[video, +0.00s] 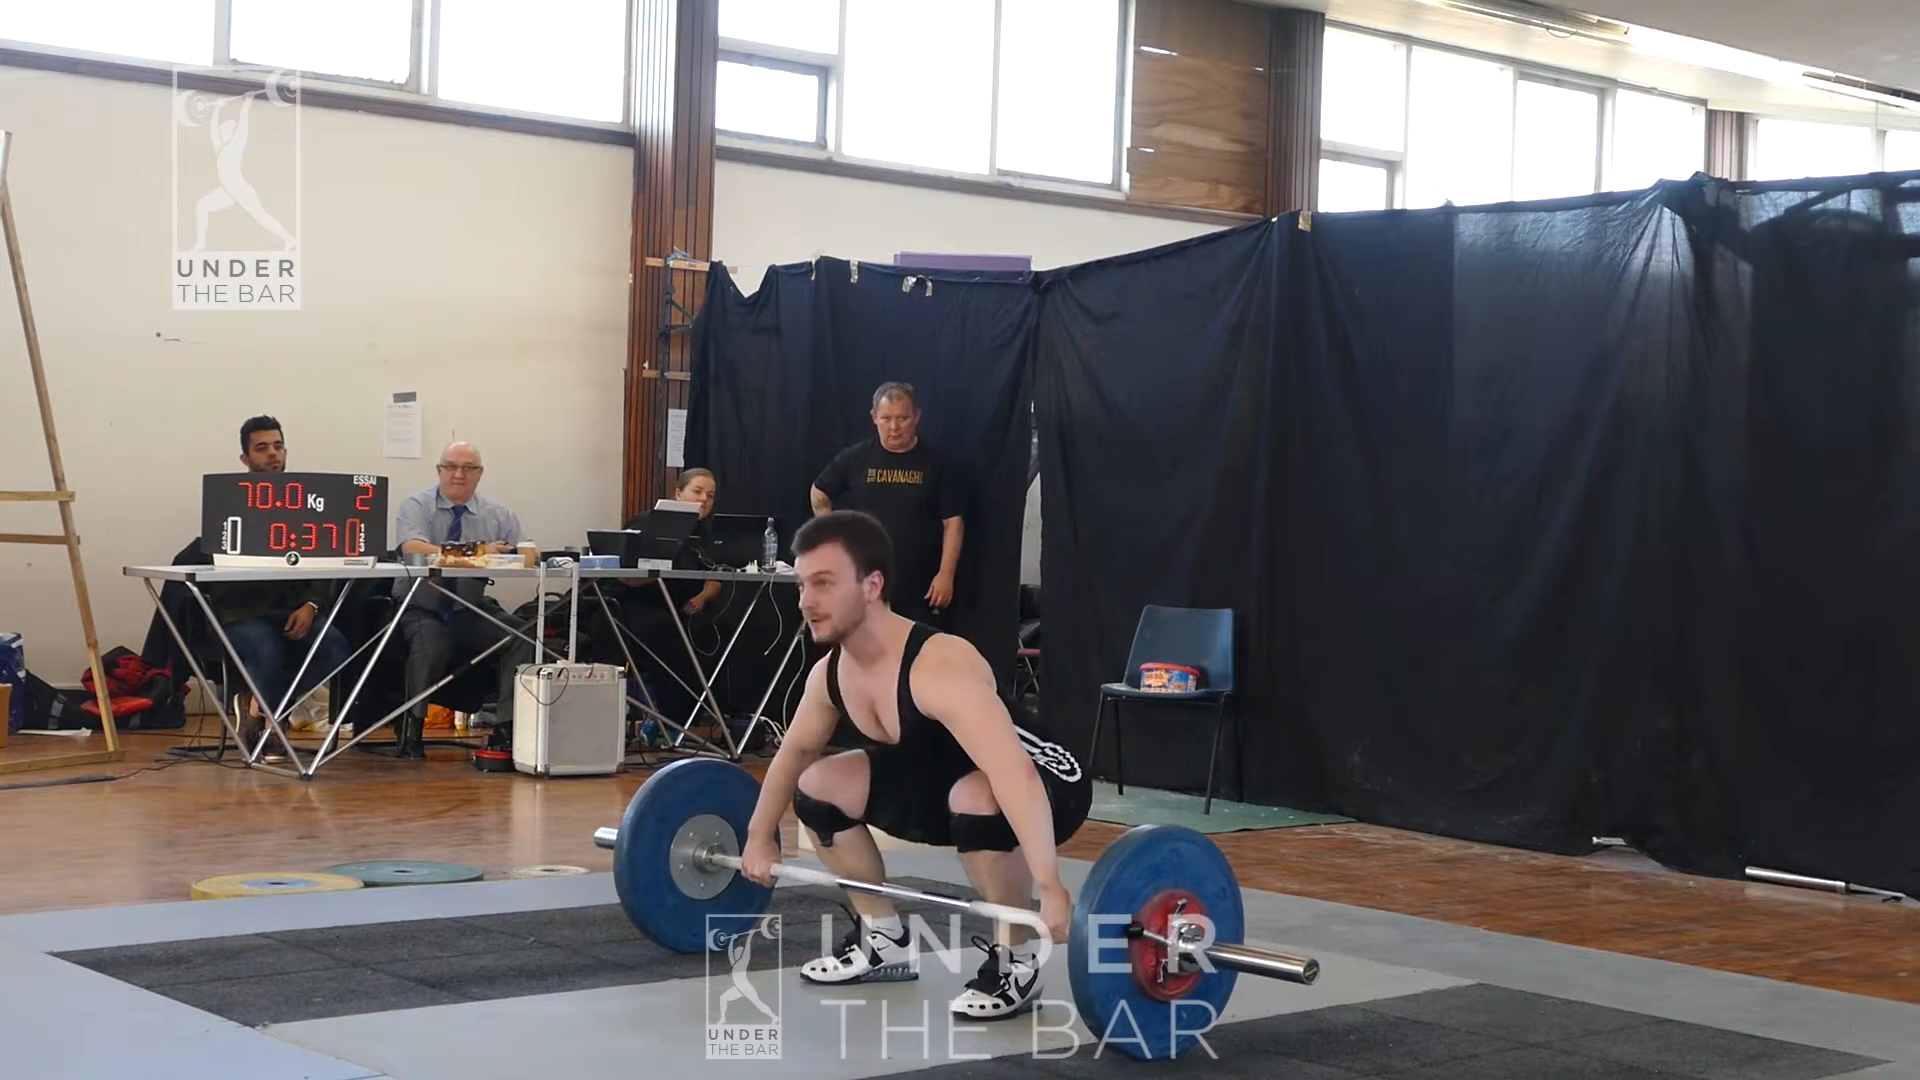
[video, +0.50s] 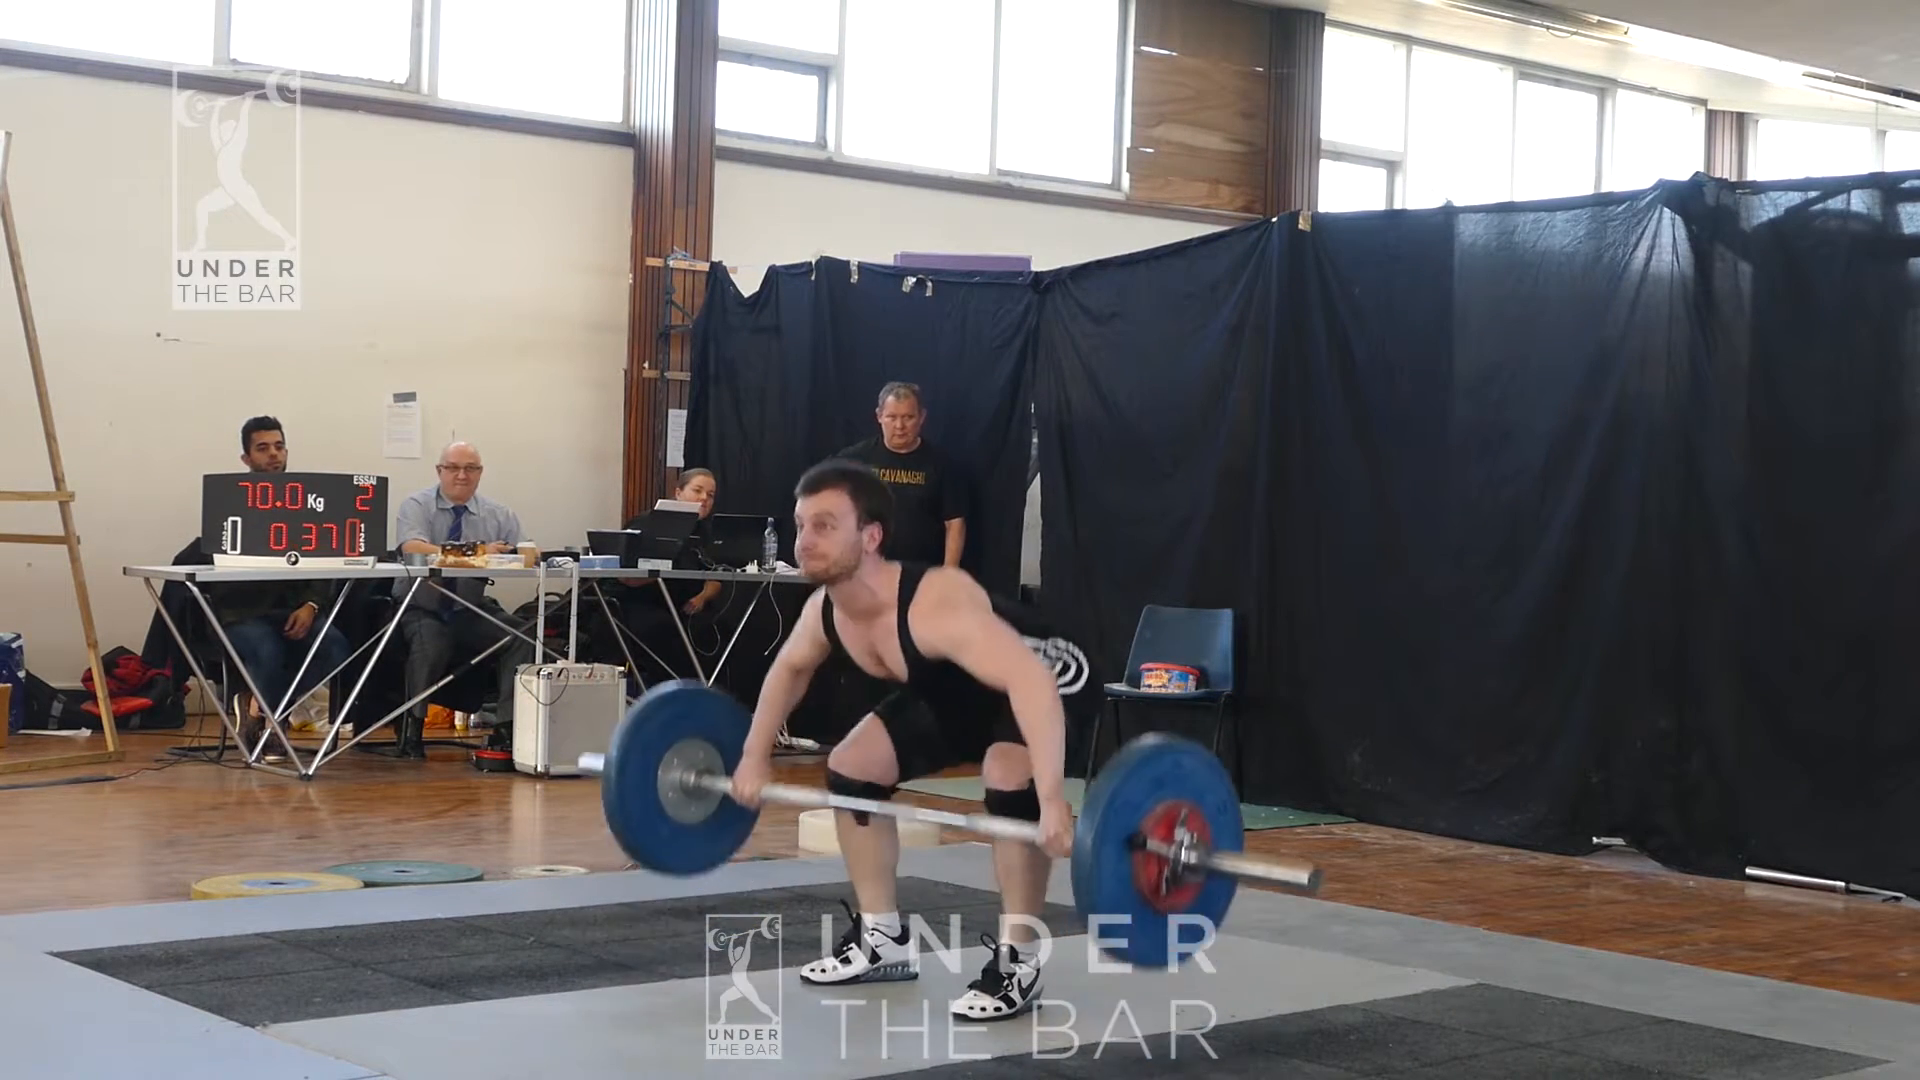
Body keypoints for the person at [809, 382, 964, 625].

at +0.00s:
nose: (894, 427)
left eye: (902, 418)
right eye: (886, 418)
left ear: (916, 417)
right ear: (874, 418)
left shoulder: (936, 463)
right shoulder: (855, 458)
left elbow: (954, 522)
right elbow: (819, 493)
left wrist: (946, 575)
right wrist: (836, 545)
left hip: (918, 582)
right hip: (862, 581)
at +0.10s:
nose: (895, 427)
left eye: (903, 418)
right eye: (888, 418)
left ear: (917, 417)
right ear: (875, 417)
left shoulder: (937, 463)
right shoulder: (855, 457)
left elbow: (954, 524)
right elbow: (819, 492)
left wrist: (946, 576)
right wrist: (837, 543)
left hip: (918, 581)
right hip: (862, 580)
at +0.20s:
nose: (896, 426)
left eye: (904, 418)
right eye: (888, 418)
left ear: (918, 417)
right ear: (876, 417)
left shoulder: (938, 463)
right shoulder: (858, 456)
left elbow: (954, 524)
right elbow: (817, 488)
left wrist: (947, 577)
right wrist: (834, 538)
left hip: (918, 581)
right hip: (862, 578)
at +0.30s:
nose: (897, 426)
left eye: (905, 418)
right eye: (889, 418)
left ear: (919, 417)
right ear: (877, 417)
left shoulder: (939, 464)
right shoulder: (859, 456)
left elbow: (955, 524)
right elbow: (816, 485)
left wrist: (948, 577)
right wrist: (831, 534)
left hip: (917, 581)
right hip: (862, 578)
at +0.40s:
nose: (898, 426)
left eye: (907, 418)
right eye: (890, 417)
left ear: (920, 417)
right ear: (878, 416)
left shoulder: (939, 464)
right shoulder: (860, 455)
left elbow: (955, 524)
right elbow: (817, 483)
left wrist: (948, 577)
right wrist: (828, 538)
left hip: (919, 581)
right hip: (862, 579)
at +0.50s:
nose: (899, 425)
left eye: (908, 417)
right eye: (892, 417)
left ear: (922, 418)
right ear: (879, 416)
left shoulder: (941, 464)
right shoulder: (854, 460)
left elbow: (955, 524)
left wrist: (948, 579)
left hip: (924, 579)